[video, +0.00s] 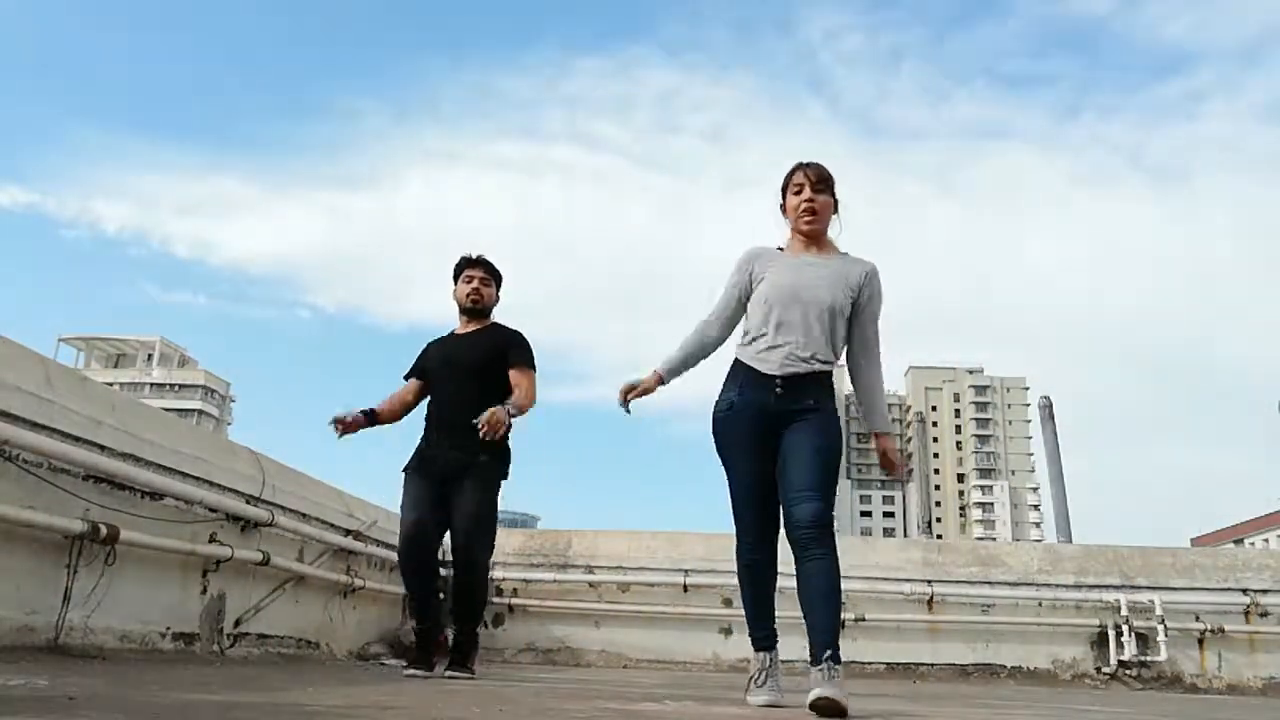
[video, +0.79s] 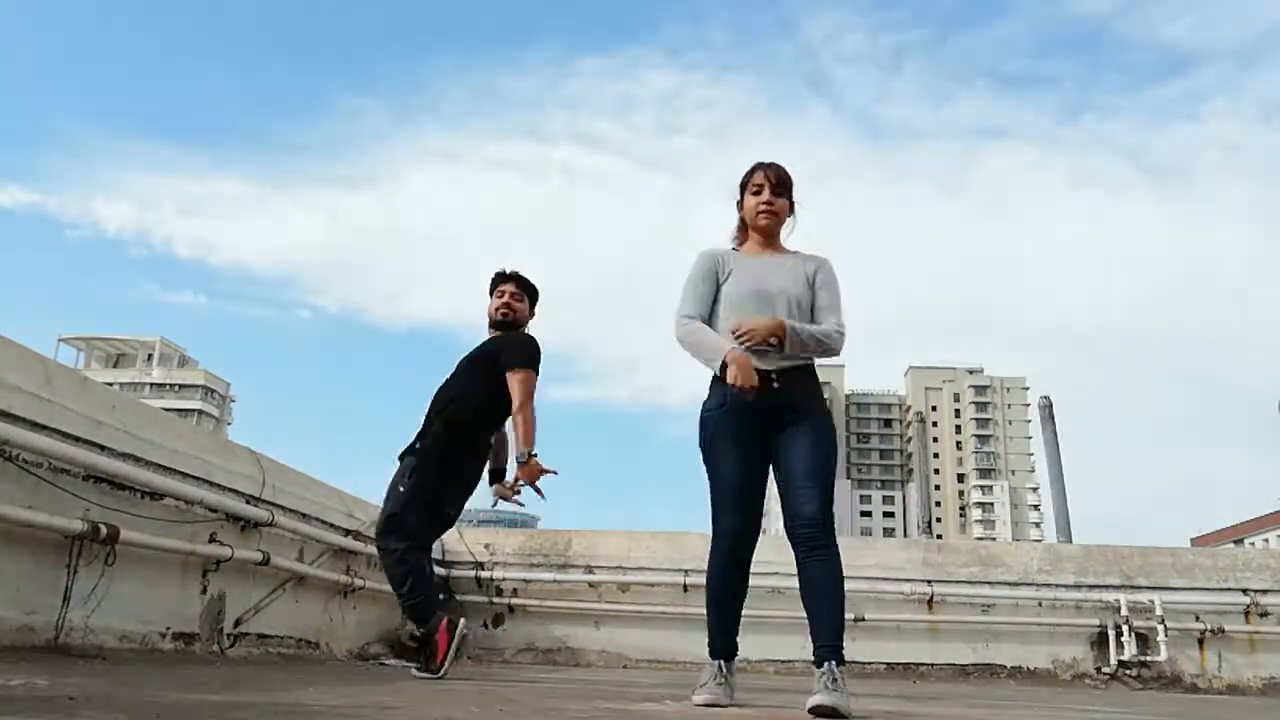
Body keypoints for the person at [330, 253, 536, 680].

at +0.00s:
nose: (475, 286)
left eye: (485, 282)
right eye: (468, 280)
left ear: (496, 295)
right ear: (455, 291)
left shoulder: (509, 341)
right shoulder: (436, 349)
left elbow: (525, 394)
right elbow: (403, 399)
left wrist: (506, 410)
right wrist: (366, 417)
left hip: (479, 463)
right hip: (430, 459)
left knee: (470, 556)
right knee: (414, 545)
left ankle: (464, 648)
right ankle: (428, 641)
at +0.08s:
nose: (476, 285)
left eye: (485, 282)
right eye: (469, 279)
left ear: (496, 295)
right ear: (455, 290)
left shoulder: (508, 338)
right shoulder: (437, 348)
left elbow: (520, 390)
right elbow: (404, 396)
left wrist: (489, 384)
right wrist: (365, 398)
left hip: (478, 456)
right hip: (432, 454)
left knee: (456, 539)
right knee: (415, 540)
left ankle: (467, 637)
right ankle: (428, 642)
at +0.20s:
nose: (475, 286)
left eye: (485, 281)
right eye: (467, 280)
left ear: (496, 294)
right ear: (453, 291)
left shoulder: (504, 335)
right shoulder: (441, 349)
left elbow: (491, 375)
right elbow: (400, 390)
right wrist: (370, 357)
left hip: (479, 455)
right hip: (441, 452)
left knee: (439, 534)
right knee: (418, 541)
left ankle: (467, 632)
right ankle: (436, 639)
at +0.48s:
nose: (484, 300)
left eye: (493, 297)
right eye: (476, 296)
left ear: (506, 311)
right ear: (465, 309)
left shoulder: (503, 350)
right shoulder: (461, 364)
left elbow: (451, 362)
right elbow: (410, 392)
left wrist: (390, 336)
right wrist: (367, 366)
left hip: (468, 472)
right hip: (448, 470)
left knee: (407, 544)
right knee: (420, 551)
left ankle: (458, 632)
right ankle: (444, 642)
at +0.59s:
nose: (498, 298)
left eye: (508, 294)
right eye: (491, 292)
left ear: (521, 308)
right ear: (480, 303)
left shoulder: (510, 345)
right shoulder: (479, 352)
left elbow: (469, 383)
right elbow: (441, 410)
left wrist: (417, 402)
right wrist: (393, 438)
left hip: (452, 460)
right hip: (446, 457)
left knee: (395, 534)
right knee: (409, 540)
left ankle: (435, 625)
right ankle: (432, 629)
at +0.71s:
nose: (504, 298)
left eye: (515, 295)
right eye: (498, 292)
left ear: (528, 310)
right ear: (487, 303)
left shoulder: (515, 344)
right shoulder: (489, 348)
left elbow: (497, 396)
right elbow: (460, 402)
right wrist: (422, 447)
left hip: (438, 458)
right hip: (434, 456)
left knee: (395, 539)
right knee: (409, 542)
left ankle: (436, 625)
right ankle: (432, 630)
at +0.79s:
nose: (506, 300)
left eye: (517, 297)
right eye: (500, 295)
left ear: (530, 313)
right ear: (489, 306)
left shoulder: (519, 343)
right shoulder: (493, 353)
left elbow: (523, 401)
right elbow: (497, 425)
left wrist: (528, 456)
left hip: (440, 456)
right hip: (451, 463)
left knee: (394, 538)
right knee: (410, 542)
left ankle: (433, 623)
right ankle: (431, 630)